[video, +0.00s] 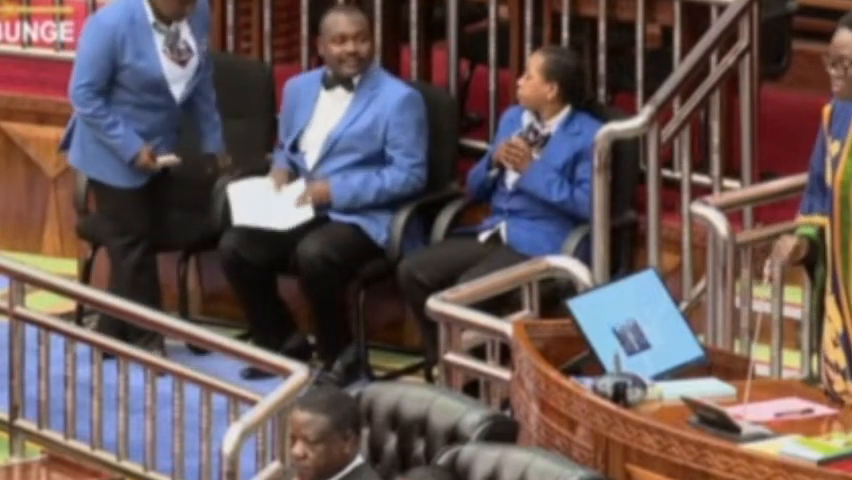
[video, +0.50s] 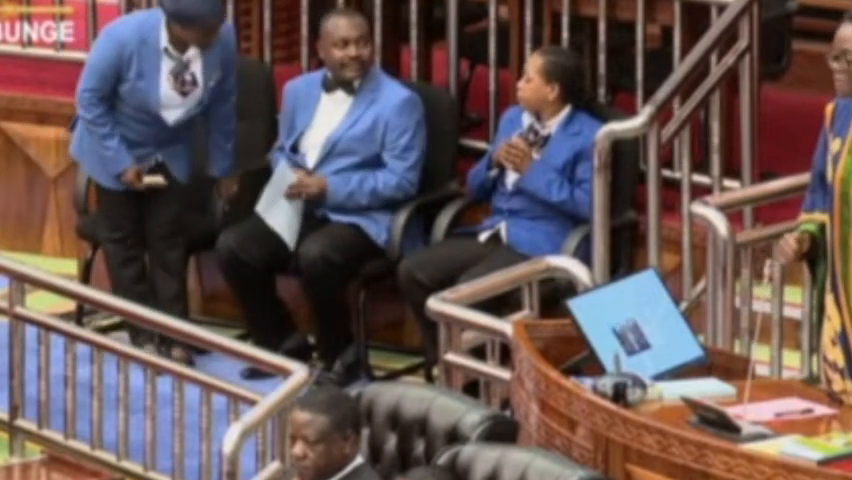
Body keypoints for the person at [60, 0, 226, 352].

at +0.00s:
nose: (185, 12)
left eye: (189, 7)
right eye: (179, 7)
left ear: (193, 3)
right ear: (158, 0)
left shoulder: (198, 15)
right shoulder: (111, 23)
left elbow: (202, 82)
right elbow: (84, 96)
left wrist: (214, 144)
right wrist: (133, 148)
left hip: (162, 150)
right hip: (112, 149)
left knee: (141, 244)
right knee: (134, 245)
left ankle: (112, 331)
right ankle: (147, 336)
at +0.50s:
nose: (202, 44)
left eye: (209, 36)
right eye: (195, 36)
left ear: (219, 23)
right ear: (172, 23)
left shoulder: (223, 41)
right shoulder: (123, 37)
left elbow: (224, 106)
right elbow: (89, 102)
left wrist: (224, 169)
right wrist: (121, 163)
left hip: (175, 147)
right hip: (118, 149)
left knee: (170, 241)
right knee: (124, 245)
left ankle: (175, 334)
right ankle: (142, 334)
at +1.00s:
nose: (205, 53)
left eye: (212, 44)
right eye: (196, 46)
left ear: (220, 33)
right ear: (173, 34)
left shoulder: (230, 46)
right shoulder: (127, 46)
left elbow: (233, 110)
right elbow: (99, 112)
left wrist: (227, 168)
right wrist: (130, 171)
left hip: (193, 154)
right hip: (138, 154)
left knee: (181, 243)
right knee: (138, 244)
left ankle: (178, 333)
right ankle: (145, 334)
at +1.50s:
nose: (210, 38)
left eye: (214, 29)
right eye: (202, 31)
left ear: (221, 19)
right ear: (175, 18)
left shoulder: (235, 38)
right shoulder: (130, 32)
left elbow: (238, 109)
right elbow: (104, 101)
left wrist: (231, 169)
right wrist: (125, 162)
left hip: (201, 144)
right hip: (146, 143)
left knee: (188, 238)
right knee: (146, 237)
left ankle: (182, 332)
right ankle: (148, 331)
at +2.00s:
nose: (206, 15)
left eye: (213, 10)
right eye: (199, 8)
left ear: (222, 7)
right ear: (180, 1)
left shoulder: (238, 31)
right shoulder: (135, 15)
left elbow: (236, 104)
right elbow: (104, 82)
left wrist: (229, 165)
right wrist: (110, 150)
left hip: (197, 141)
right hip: (141, 137)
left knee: (184, 236)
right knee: (141, 236)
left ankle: (181, 331)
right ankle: (146, 329)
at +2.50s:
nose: (226, 13)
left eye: (230, 7)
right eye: (220, 5)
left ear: (232, 7)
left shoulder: (240, 29)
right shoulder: (144, 14)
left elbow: (236, 101)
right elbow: (110, 80)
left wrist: (227, 162)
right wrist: (117, 152)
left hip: (194, 141)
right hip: (139, 139)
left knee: (183, 236)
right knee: (138, 237)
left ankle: (180, 331)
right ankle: (144, 331)